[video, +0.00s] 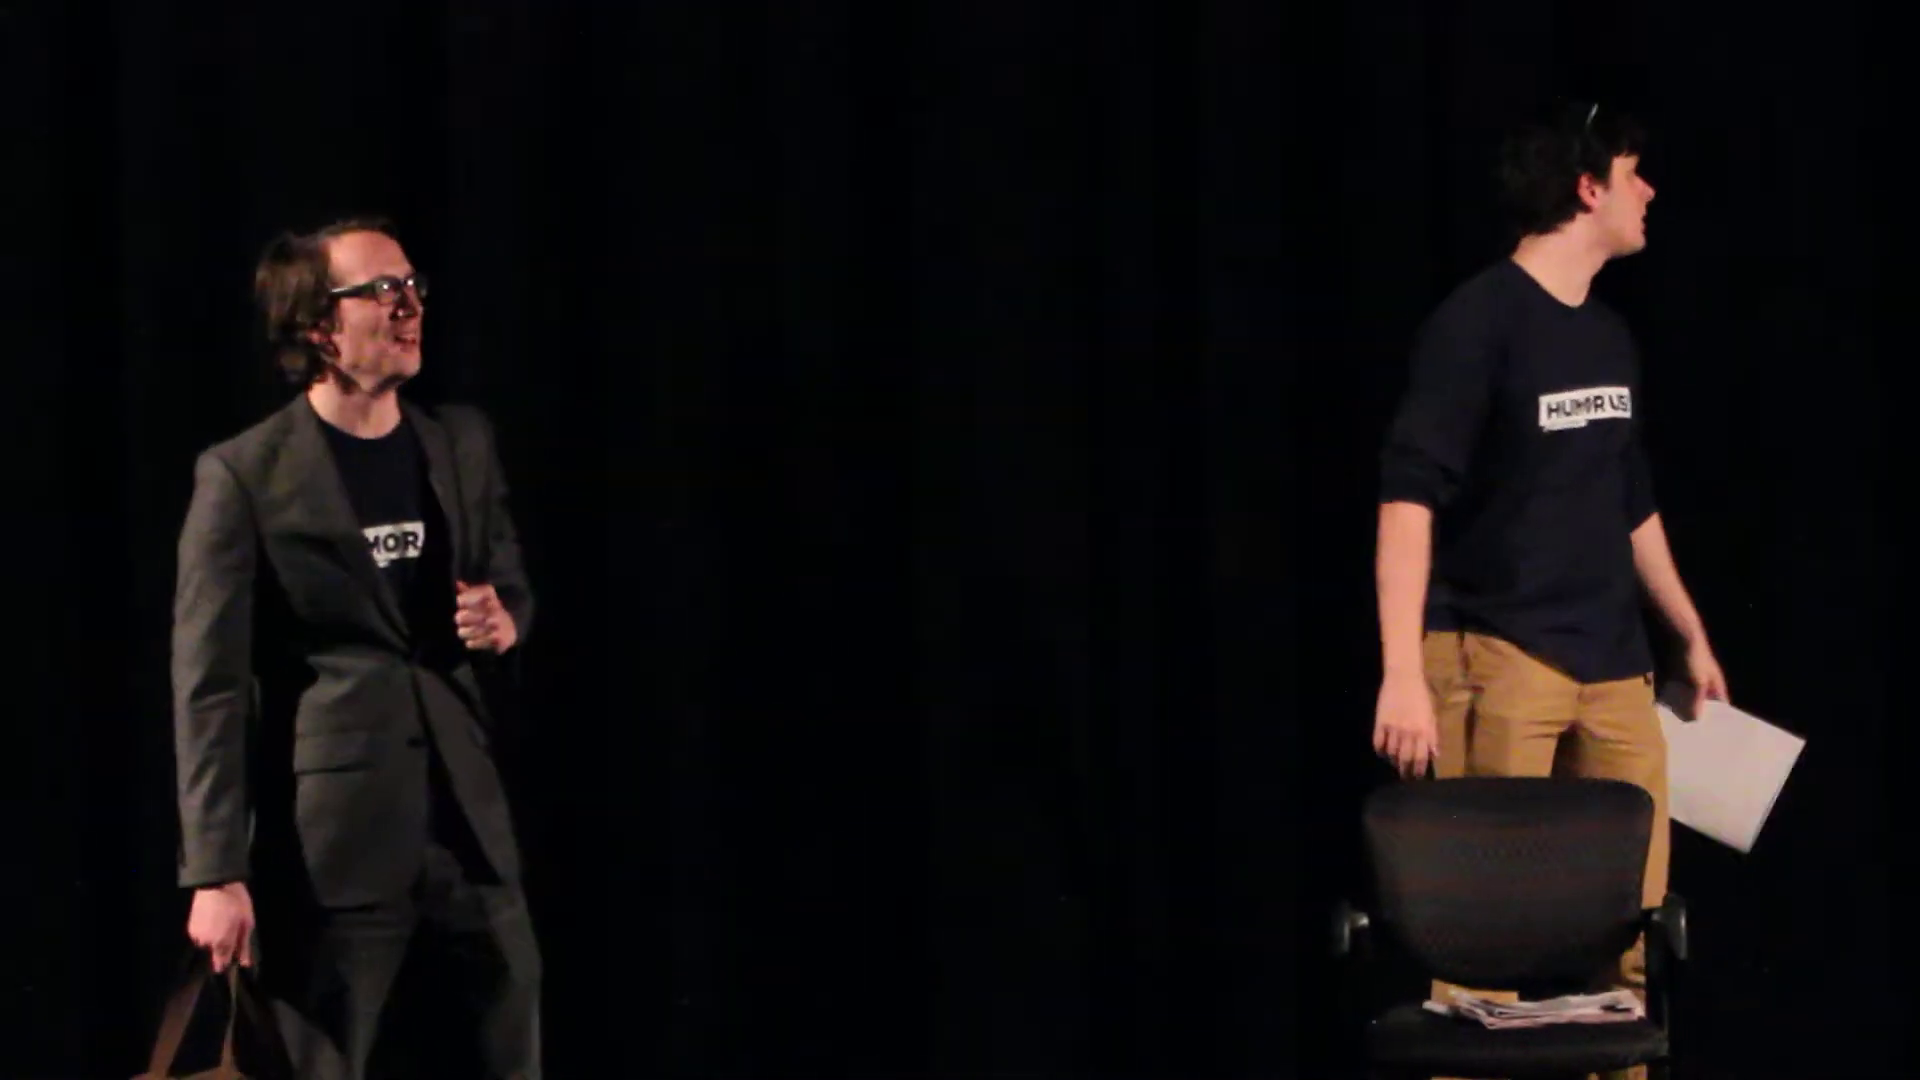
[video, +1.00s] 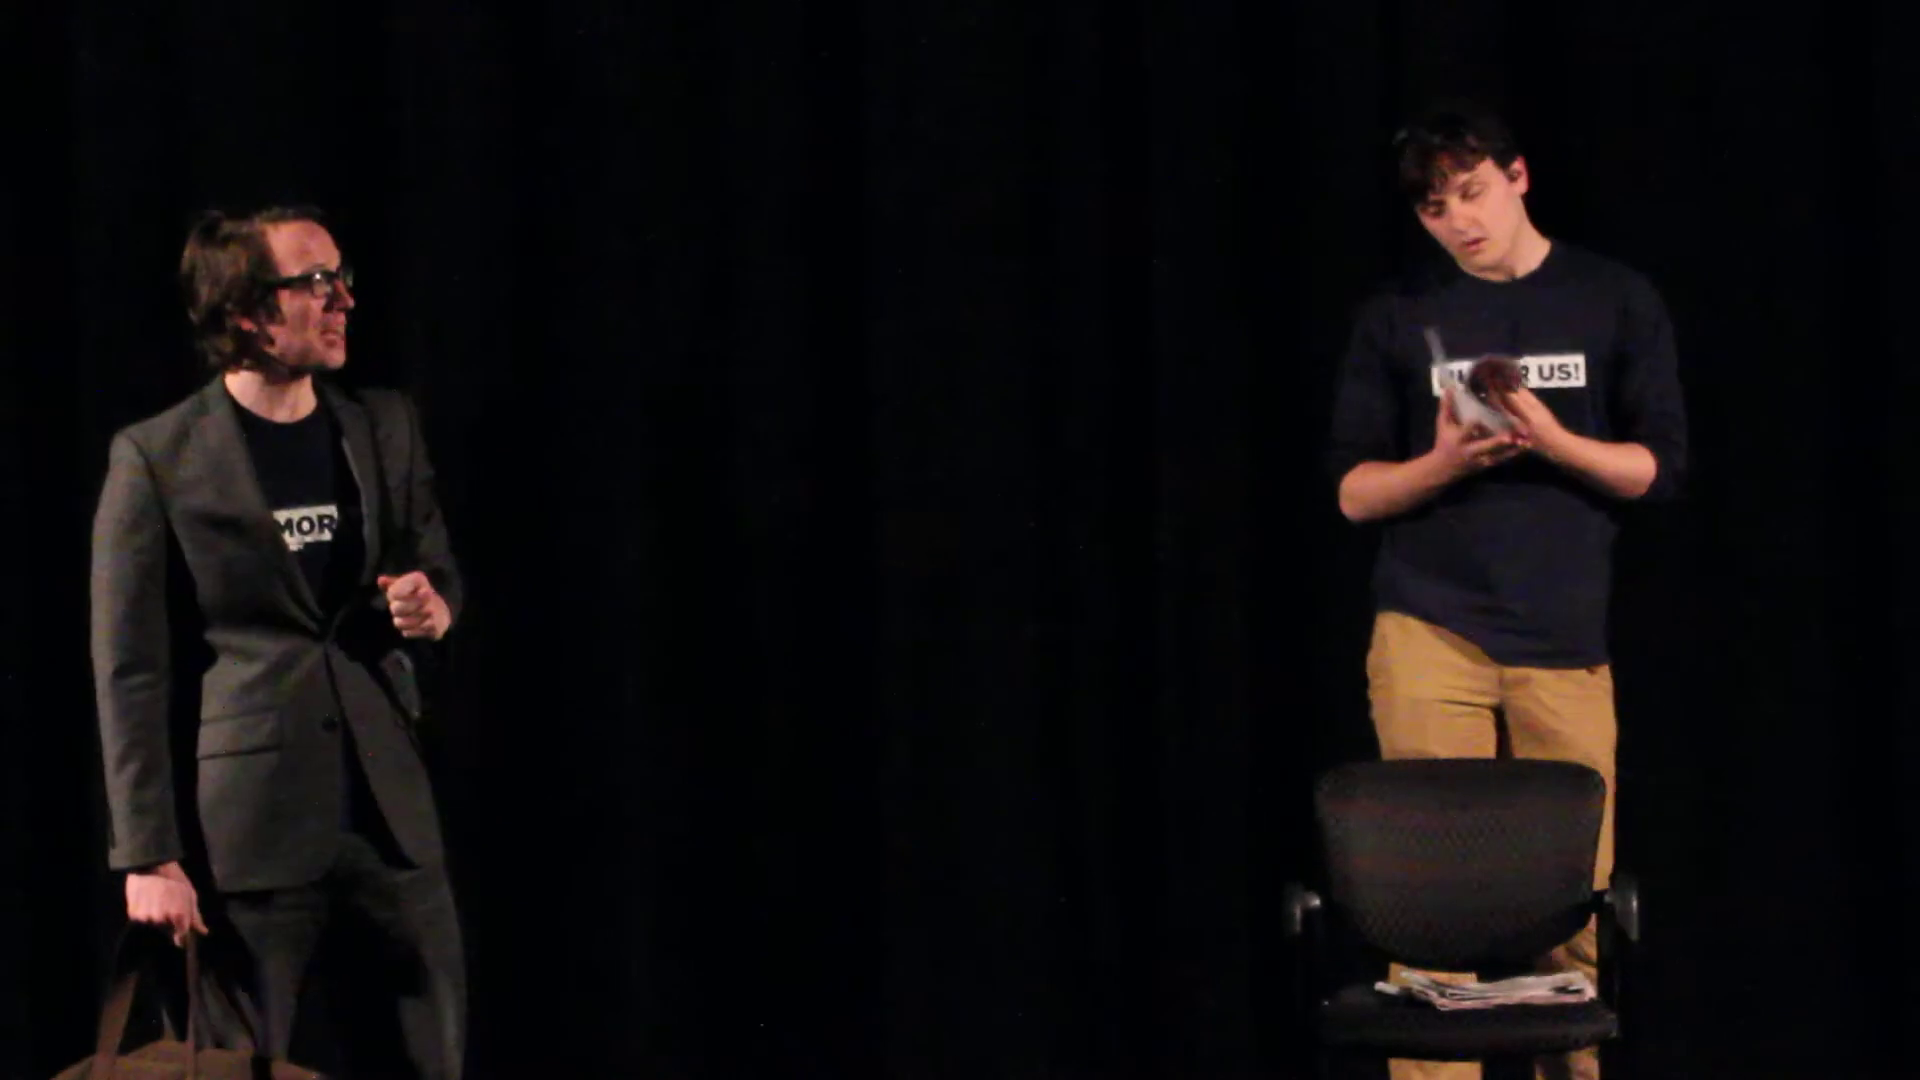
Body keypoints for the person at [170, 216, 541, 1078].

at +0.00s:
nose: (410, 304)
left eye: (411, 285)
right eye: (381, 291)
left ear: (421, 295)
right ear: (317, 329)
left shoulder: (463, 442)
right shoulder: (241, 475)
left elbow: (514, 586)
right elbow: (210, 689)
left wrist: (503, 615)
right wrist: (217, 873)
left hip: (470, 813)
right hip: (333, 825)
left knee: (510, 1052)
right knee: (325, 1059)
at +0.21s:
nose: (392, 299)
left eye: (388, 280)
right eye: (364, 287)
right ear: (296, 325)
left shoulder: (424, 431)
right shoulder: (213, 468)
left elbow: (479, 573)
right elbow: (178, 681)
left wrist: (474, 612)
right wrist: (192, 865)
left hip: (435, 808)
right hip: (304, 824)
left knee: (490, 1045)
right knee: (303, 1058)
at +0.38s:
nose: (395, 300)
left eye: (391, 280)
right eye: (367, 287)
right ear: (298, 324)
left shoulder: (425, 428)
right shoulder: (211, 464)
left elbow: (489, 568)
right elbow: (166, 671)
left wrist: (487, 605)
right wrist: (177, 857)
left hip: (437, 811)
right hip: (302, 825)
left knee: (468, 1048)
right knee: (303, 1064)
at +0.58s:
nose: (386, 307)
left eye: (385, 286)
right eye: (360, 292)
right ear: (293, 322)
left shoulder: (412, 426)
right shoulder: (198, 461)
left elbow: (433, 585)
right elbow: (160, 668)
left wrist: (461, 602)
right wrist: (176, 851)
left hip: (423, 786)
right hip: (294, 803)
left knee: (473, 1007)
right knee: (294, 1047)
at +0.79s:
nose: (362, 297)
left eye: (359, 278)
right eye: (335, 285)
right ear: (266, 320)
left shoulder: (396, 424)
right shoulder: (172, 458)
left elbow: (434, 570)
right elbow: (141, 669)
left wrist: (449, 607)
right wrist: (163, 849)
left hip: (403, 786)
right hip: (269, 802)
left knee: (458, 1022)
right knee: (267, 1051)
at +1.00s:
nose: (342, 295)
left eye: (340, 276)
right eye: (314, 282)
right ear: (244, 316)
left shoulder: (385, 425)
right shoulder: (154, 457)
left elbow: (444, 581)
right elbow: (130, 672)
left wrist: (435, 606)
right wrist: (149, 854)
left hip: (392, 800)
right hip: (249, 815)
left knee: (436, 1049)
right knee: (248, 1066)